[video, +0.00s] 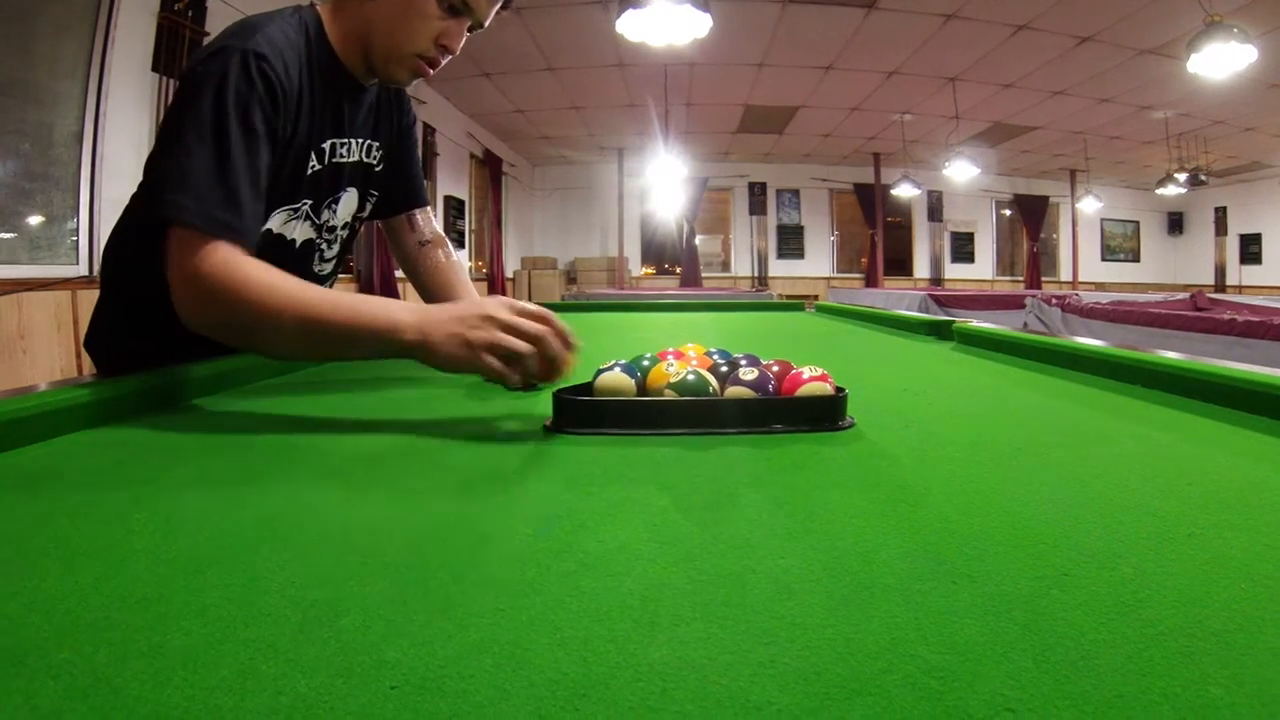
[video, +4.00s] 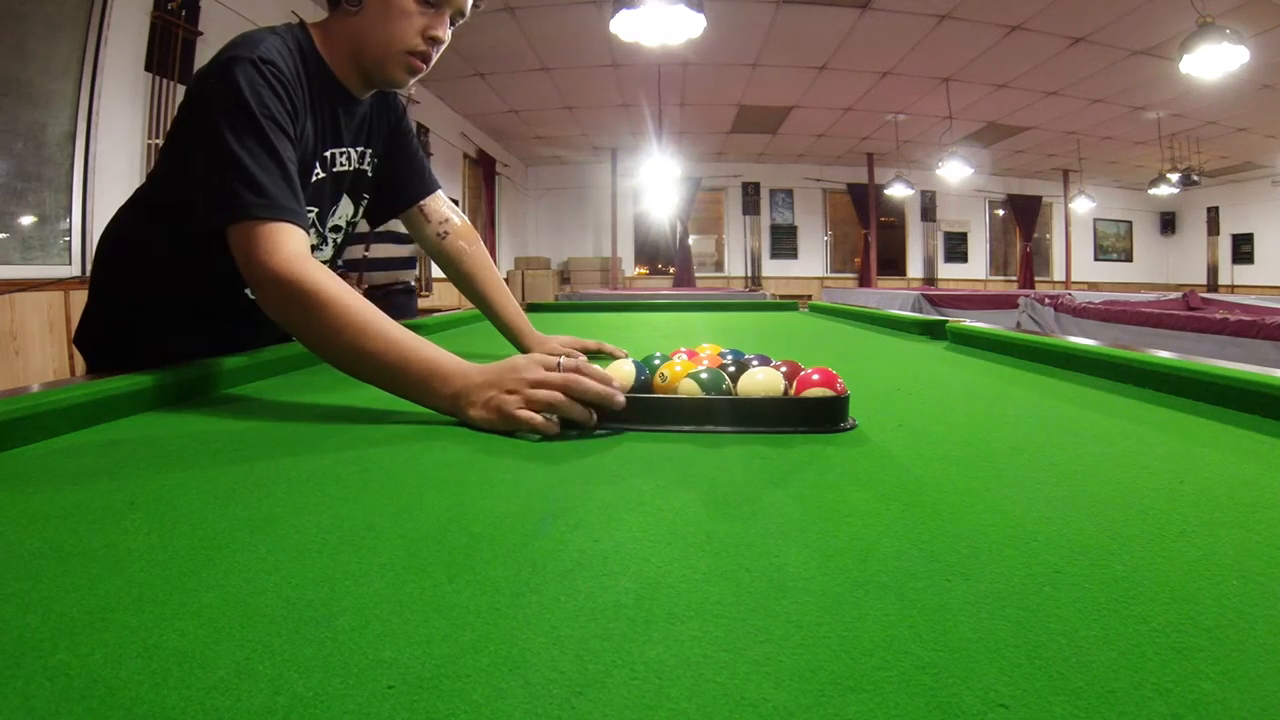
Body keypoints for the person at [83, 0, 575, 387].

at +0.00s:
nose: (456, 44)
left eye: (471, 29)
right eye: (452, 10)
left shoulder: (385, 99)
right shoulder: (252, 62)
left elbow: (420, 237)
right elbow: (201, 282)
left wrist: (482, 332)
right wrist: (420, 331)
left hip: (276, 358)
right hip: (160, 362)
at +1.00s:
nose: (463, 37)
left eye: (475, 22)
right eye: (457, 6)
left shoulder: (390, 101)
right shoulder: (262, 62)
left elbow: (424, 241)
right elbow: (256, 282)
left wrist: (490, 333)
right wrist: (472, 374)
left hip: (269, 357)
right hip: (159, 363)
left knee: (247, 556)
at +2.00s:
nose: (441, 14)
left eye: (450, 1)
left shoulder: (378, 87)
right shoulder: (247, 50)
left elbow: (442, 222)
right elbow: (273, 258)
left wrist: (527, 335)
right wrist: (467, 384)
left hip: (271, 348)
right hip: (158, 353)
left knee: (255, 540)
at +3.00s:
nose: (444, 29)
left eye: (454, 13)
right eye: (431, 1)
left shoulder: (385, 101)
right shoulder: (256, 69)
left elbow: (444, 225)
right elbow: (278, 266)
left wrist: (527, 334)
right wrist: (468, 384)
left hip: (271, 342)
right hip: (158, 347)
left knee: (252, 531)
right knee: (147, 541)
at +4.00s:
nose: (441, 36)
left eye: (452, 21)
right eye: (428, 7)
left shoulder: (382, 107)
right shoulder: (255, 72)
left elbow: (442, 227)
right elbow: (279, 271)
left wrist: (529, 340)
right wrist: (464, 385)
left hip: (262, 335)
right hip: (152, 341)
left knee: (241, 525)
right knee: (138, 534)